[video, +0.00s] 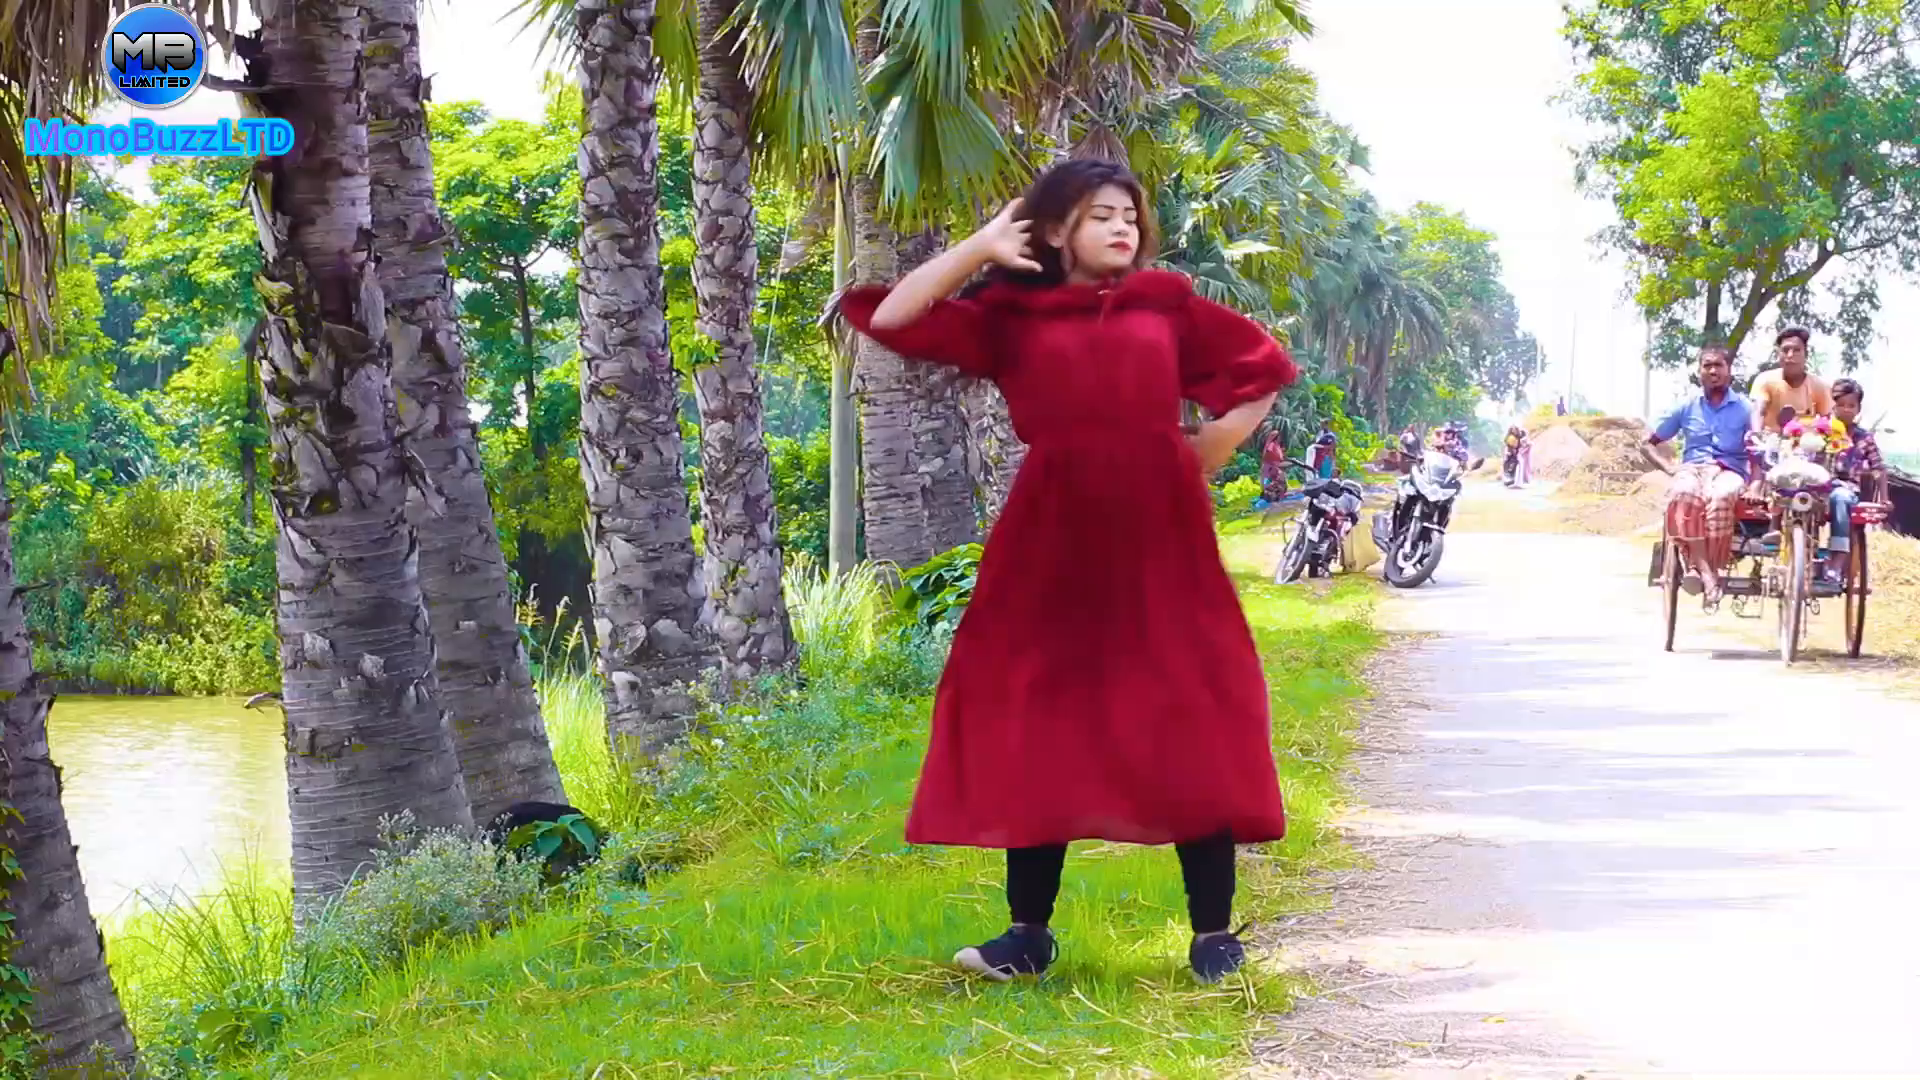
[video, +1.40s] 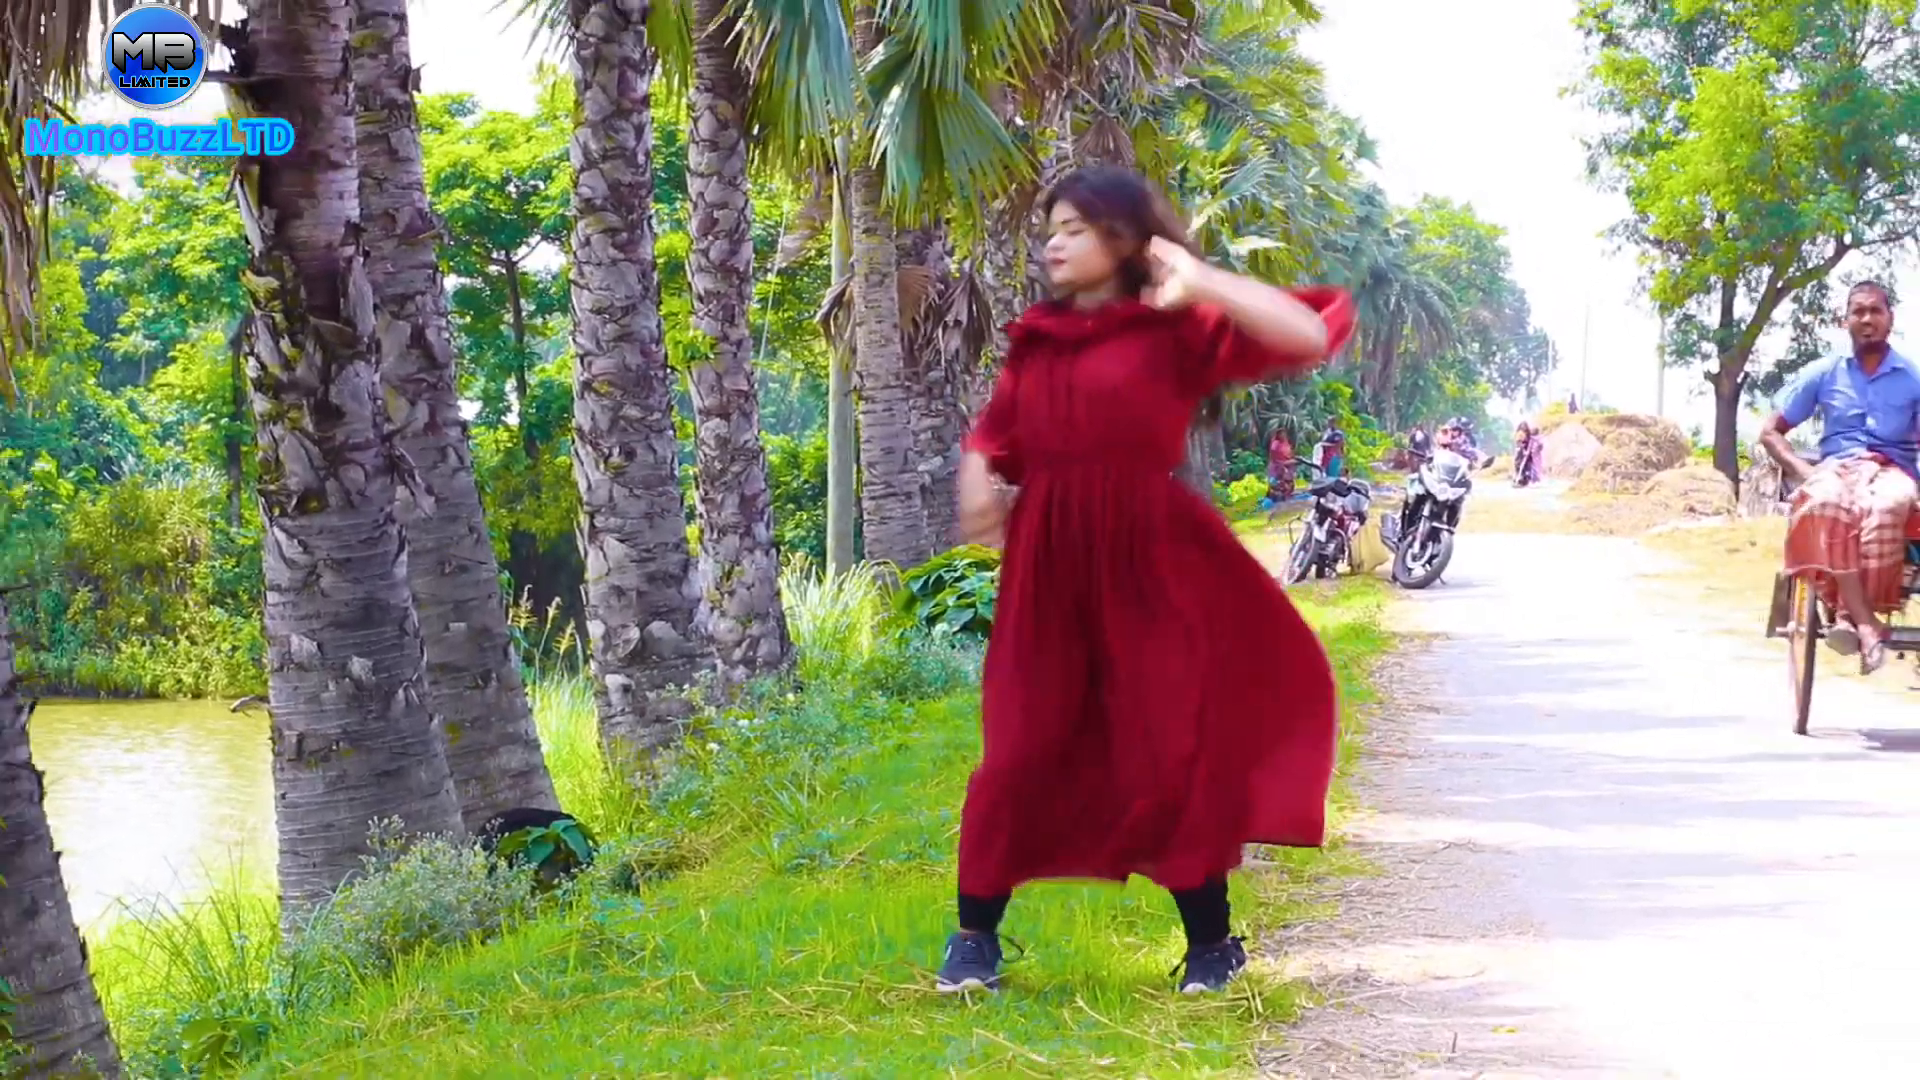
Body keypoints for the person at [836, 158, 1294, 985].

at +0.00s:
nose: (1121, 229)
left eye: (1129, 217)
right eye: (1102, 216)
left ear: (1140, 231)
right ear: (1053, 231)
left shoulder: (1164, 299)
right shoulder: (1011, 315)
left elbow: (1266, 365)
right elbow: (891, 319)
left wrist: (1215, 444)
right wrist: (978, 248)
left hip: (1157, 536)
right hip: (1053, 539)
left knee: (1191, 726)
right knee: (1036, 729)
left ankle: (1212, 935)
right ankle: (1028, 933)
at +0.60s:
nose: (1169, 199)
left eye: (1183, 189)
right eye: (1148, 188)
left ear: (1203, 212)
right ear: (1112, 213)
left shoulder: (1240, 304)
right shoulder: (1066, 312)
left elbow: (1352, 395)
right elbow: (951, 406)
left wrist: (1257, 379)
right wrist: (1013, 302)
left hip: (1210, 553)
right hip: (1093, 551)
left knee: (1220, 756)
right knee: (1049, 759)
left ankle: (1232, 974)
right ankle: (1032, 973)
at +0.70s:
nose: (1158, 226)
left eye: (1175, 216)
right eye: (1140, 217)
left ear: (1201, 240)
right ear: (1116, 243)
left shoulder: (1233, 321)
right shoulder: (1080, 349)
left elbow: (1298, 400)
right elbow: (1044, 480)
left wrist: (1193, 334)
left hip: (1202, 569)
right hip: (1095, 564)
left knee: (1209, 751)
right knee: (1029, 747)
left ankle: (1217, 954)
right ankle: (1025, 939)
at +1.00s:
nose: (1122, 216)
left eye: (1142, 202)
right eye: (1121, 202)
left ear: (1192, 214)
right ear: (1123, 215)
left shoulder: (1221, 296)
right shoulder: (1120, 313)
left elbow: (1306, 281)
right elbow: (1113, 420)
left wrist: (1217, 233)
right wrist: (1069, 474)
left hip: (1192, 551)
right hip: (1109, 548)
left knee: (1202, 746)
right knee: (1074, 746)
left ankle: (1221, 961)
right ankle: (1011, 954)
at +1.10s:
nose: (1115, 242)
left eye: (1132, 229)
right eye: (1112, 228)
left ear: (1185, 238)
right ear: (1113, 241)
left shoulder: (1221, 316)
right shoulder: (1102, 330)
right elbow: (1057, 419)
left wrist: (1163, 266)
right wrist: (1032, 505)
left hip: (1178, 556)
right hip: (1091, 549)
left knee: (1173, 737)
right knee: (1054, 728)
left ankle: (1204, 935)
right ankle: (1005, 926)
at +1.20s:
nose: (1106, 222)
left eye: (1121, 207)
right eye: (1105, 207)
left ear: (1173, 214)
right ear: (1118, 218)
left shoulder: (1222, 291)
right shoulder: (1103, 310)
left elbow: (1187, 286)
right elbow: (1053, 401)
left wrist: (1179, 231)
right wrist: (1028, 469)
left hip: (1200, 546)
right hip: (1101, 541)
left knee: (1196, 741)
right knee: (1028, 718)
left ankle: (1220, 959)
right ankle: (1002, 941)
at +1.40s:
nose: (1052, 245)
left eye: (1074, 231)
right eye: (1050, 231)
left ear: (1128, 245)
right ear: (1049, 244)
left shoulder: (1179, 329)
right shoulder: (1036, 340)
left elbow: (1310, 337)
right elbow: (989, 437)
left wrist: (1202, 281)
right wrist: (979, 488)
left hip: (1153, 560)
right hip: (1049, 562)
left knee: (1171, 749)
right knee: (1012, 752)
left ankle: (1210, 944)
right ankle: (974, 937)